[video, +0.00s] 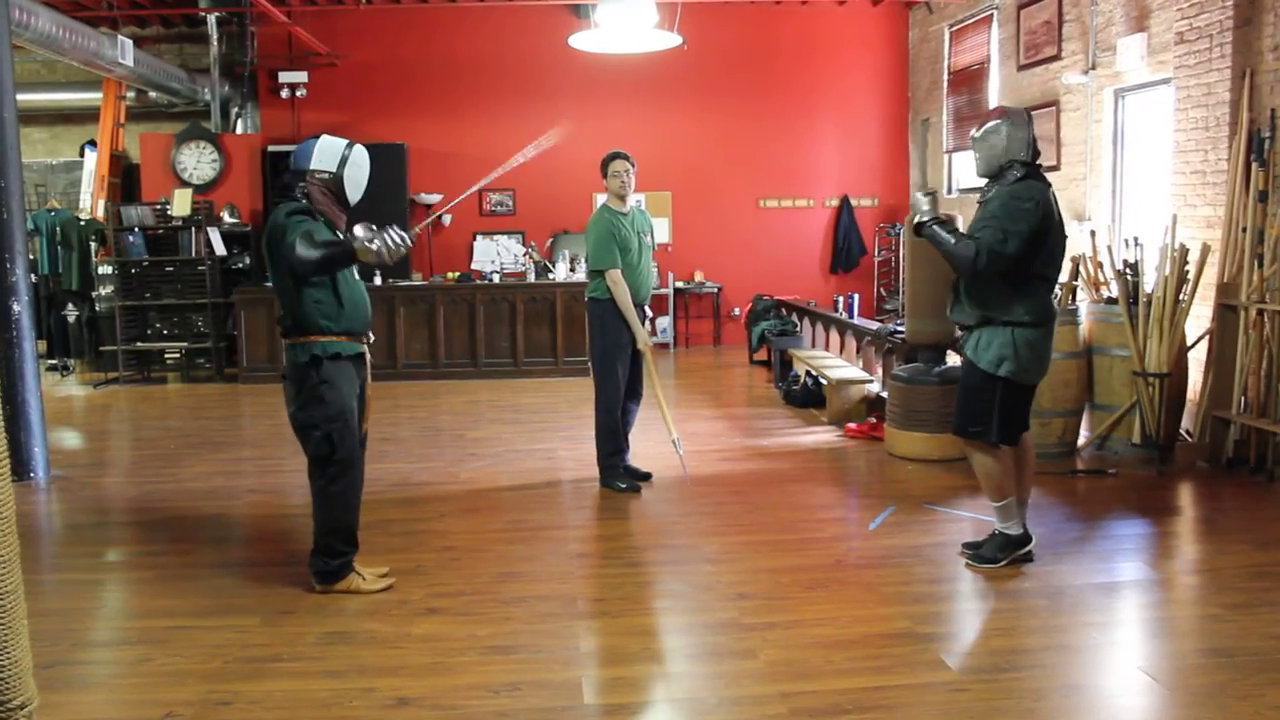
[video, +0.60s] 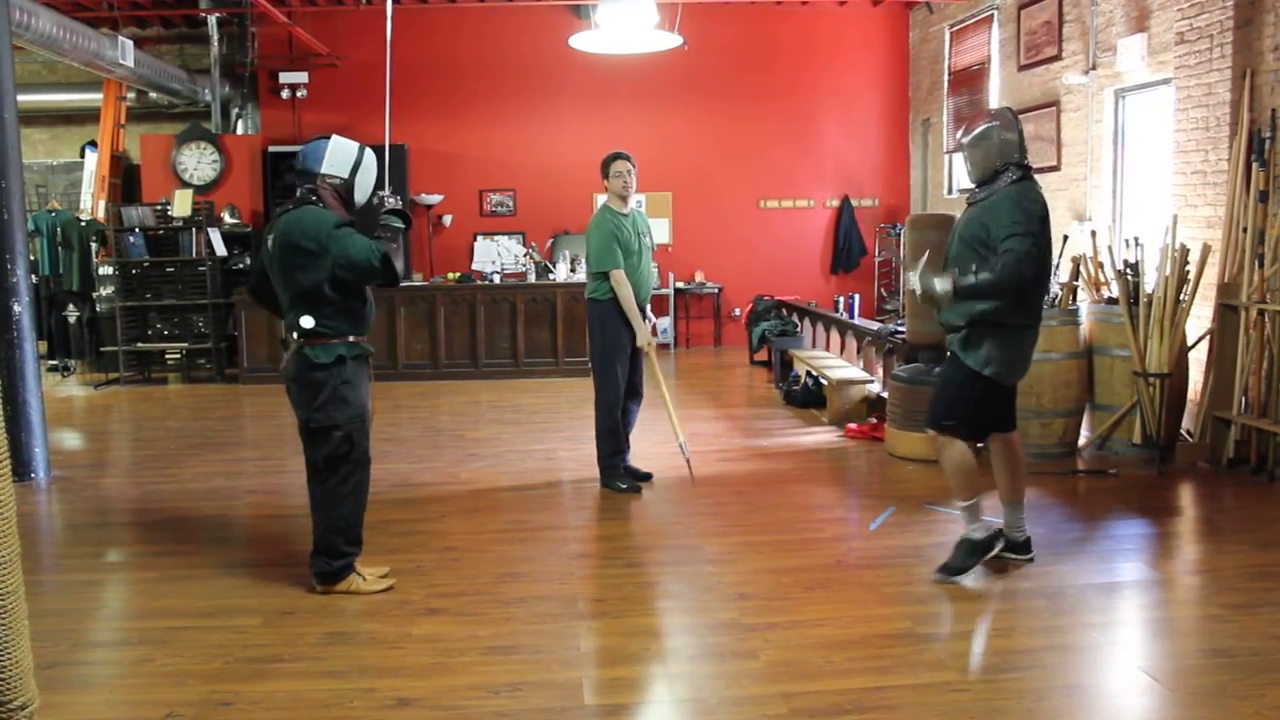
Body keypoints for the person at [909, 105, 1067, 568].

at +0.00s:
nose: (974, 152)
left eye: (981, 142)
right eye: (975, 143)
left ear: (1004, 142)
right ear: (1012, 144)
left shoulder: (1016, 194)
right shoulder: (1028, 191)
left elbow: (981, 259)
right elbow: (992, 254)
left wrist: (930, 225)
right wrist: (947, 228)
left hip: (1001, 337)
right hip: (1020, 334)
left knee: (976, 433)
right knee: (1011, 432)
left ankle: (1009, 534)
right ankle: (1015, 530)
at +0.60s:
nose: (966, 160)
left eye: (973, 150)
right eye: (966, 151)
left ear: (998, 148)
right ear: (1000, 150)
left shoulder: (1016, 199)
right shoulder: (998, 196)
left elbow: (1017, 271)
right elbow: (989, 265)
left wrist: (952, 286)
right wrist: (941, 273)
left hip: (992, 340)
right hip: (990, 337)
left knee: (946, 428)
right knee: (1001, 431)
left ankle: (976, 531)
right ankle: (1015, 534)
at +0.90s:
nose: (957, 158)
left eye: (965, 149)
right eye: (957, 151)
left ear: (993, 149)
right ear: (989, 152)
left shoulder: (1001, 202)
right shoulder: (982, 200)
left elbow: (999, 279)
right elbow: (970, 276)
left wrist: (979, 345)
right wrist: (928, 331)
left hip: (963, 343)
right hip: (960, 339)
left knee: (941, 445)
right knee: (983, 437)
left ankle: (951, 557)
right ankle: (1012, 535)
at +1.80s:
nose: (909, 163)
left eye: (913, 153)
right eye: (909, 153)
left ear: (934, 154)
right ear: (954, 152)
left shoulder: (953, 206)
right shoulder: (979, 197)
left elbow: (952, 287)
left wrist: (930, 357)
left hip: (958, 354)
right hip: (989, 349)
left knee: (927, 447)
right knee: (993, 434)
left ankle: (951, 558)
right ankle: (1013, 534)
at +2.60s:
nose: (940, 170)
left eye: (945, 159)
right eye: (940, 160)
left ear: (968, 157)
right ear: (982, 156)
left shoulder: (978, 209)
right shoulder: (1019, 196)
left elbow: (945, 289)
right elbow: (1042, 265)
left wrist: (909, 295)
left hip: (996, 345)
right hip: (1035, 341)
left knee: (940, 437)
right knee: (1024, 439)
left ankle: (950, 552)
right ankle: (1053, 541)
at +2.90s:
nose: (911, 177)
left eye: (914, 167)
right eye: (911, 168)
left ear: (933, 169)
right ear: (962, 165)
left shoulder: (937, 222)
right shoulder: (1004, 201)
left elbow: (884, 287)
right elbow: (1040, 262)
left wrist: (906, 241)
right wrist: (1007, 295)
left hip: (970, 351)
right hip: (1022, 346)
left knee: (909, 435)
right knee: (1019, 440)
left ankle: (907, 551)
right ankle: (1052, 540)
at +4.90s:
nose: (874, 192)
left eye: (876, 182)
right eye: (873, 183)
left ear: (892, 180)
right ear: (923, 172)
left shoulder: (904, 228)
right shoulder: (967, 204)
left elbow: (850, 298)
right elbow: (1009, 251)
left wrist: (886, 273)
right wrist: (995, 296)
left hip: (952, 352)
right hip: (1005, 344)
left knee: (892, 436)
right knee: (1012, 438)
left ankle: (910, 553)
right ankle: (1052, 538)